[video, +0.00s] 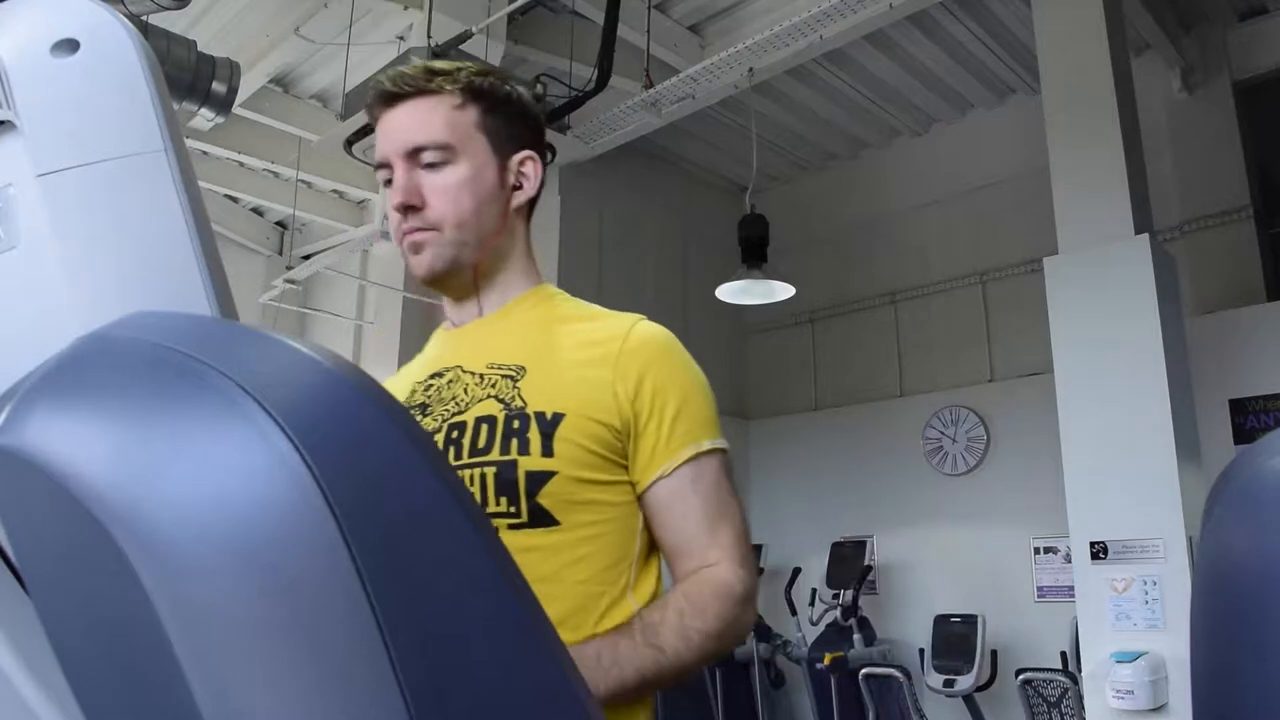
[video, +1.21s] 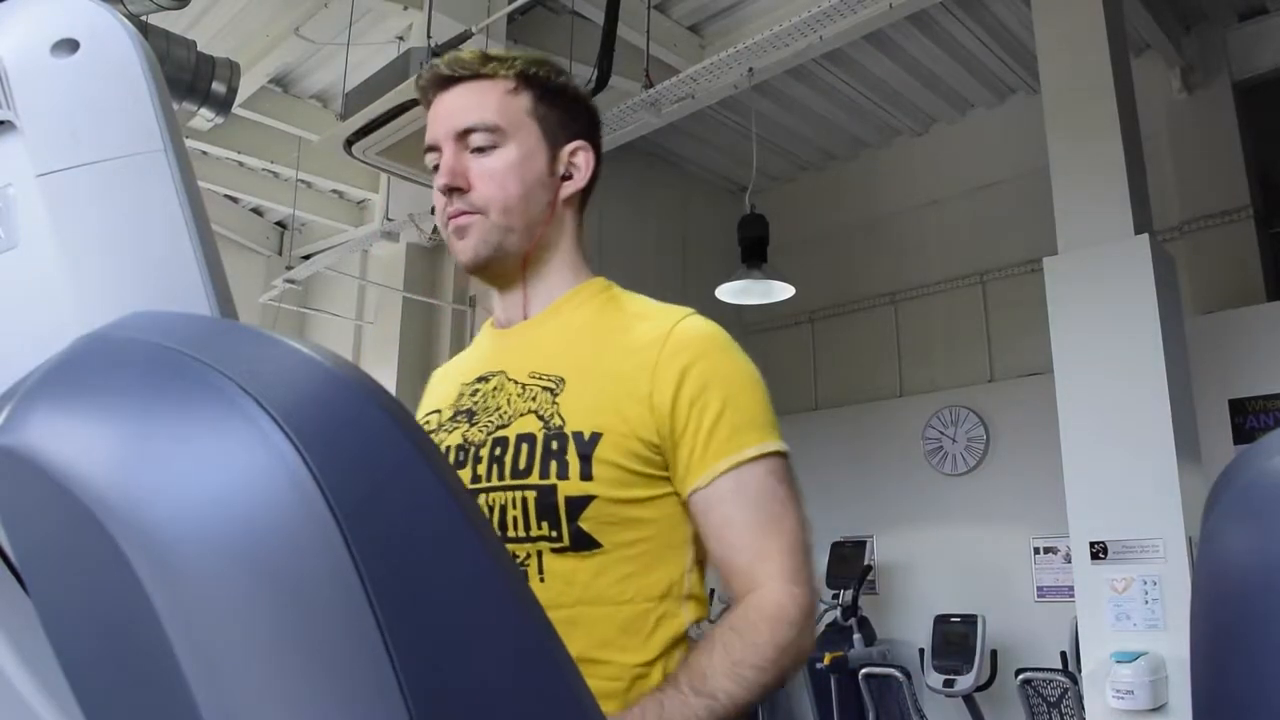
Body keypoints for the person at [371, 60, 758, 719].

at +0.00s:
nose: (398, 196)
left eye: (431, 162)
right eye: (386, 174)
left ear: (521, 178)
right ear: (382, 197)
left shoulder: (633, 355)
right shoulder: (387, 402)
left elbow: (721, 586)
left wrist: (552, 681)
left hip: (583, 709)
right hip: (420, 709)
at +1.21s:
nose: (444, 178)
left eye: (479, 146)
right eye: (435, 158)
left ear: (571, 169)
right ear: (431, 184)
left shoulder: (679, 351)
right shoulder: (442, 390)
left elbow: (780, 609)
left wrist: (640, 714)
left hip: (621, 700)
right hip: (463, 703)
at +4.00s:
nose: (441, 243)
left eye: (472, 213)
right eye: (429, 226)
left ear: (553, 233)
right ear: (424, 247)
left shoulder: (648, 396)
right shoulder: (430, 427)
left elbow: (660, 668)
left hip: (595, 706)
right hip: (450, 703)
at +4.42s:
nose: (474, 256)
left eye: (508, 226)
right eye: (463, 237)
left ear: (590, 248)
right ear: (457, 262)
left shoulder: (693, 431)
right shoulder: (450, 446)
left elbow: (697, 697)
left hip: (622, 707)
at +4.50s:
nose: (493, 238)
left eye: (526, 206)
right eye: (483, 220)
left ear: (610, 230)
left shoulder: (708, 417)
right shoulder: (449, 437)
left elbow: (719, 693)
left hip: (637, 706)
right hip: (463, 703)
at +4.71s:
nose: (518, 198)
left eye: (553, 171)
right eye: (510, 183)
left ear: (638, 202)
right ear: (505, 210)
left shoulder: (736, 388)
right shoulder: (470, 412)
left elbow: (791, 664)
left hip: (692, 703)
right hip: (497, 702)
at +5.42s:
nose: (463, 222)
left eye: (495, 194)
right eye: (453, 207)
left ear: (574, 217)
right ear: (445, 233)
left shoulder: (671, 376)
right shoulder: (431, 419)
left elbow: (677, 639)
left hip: (614, 703)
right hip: (460, 702)